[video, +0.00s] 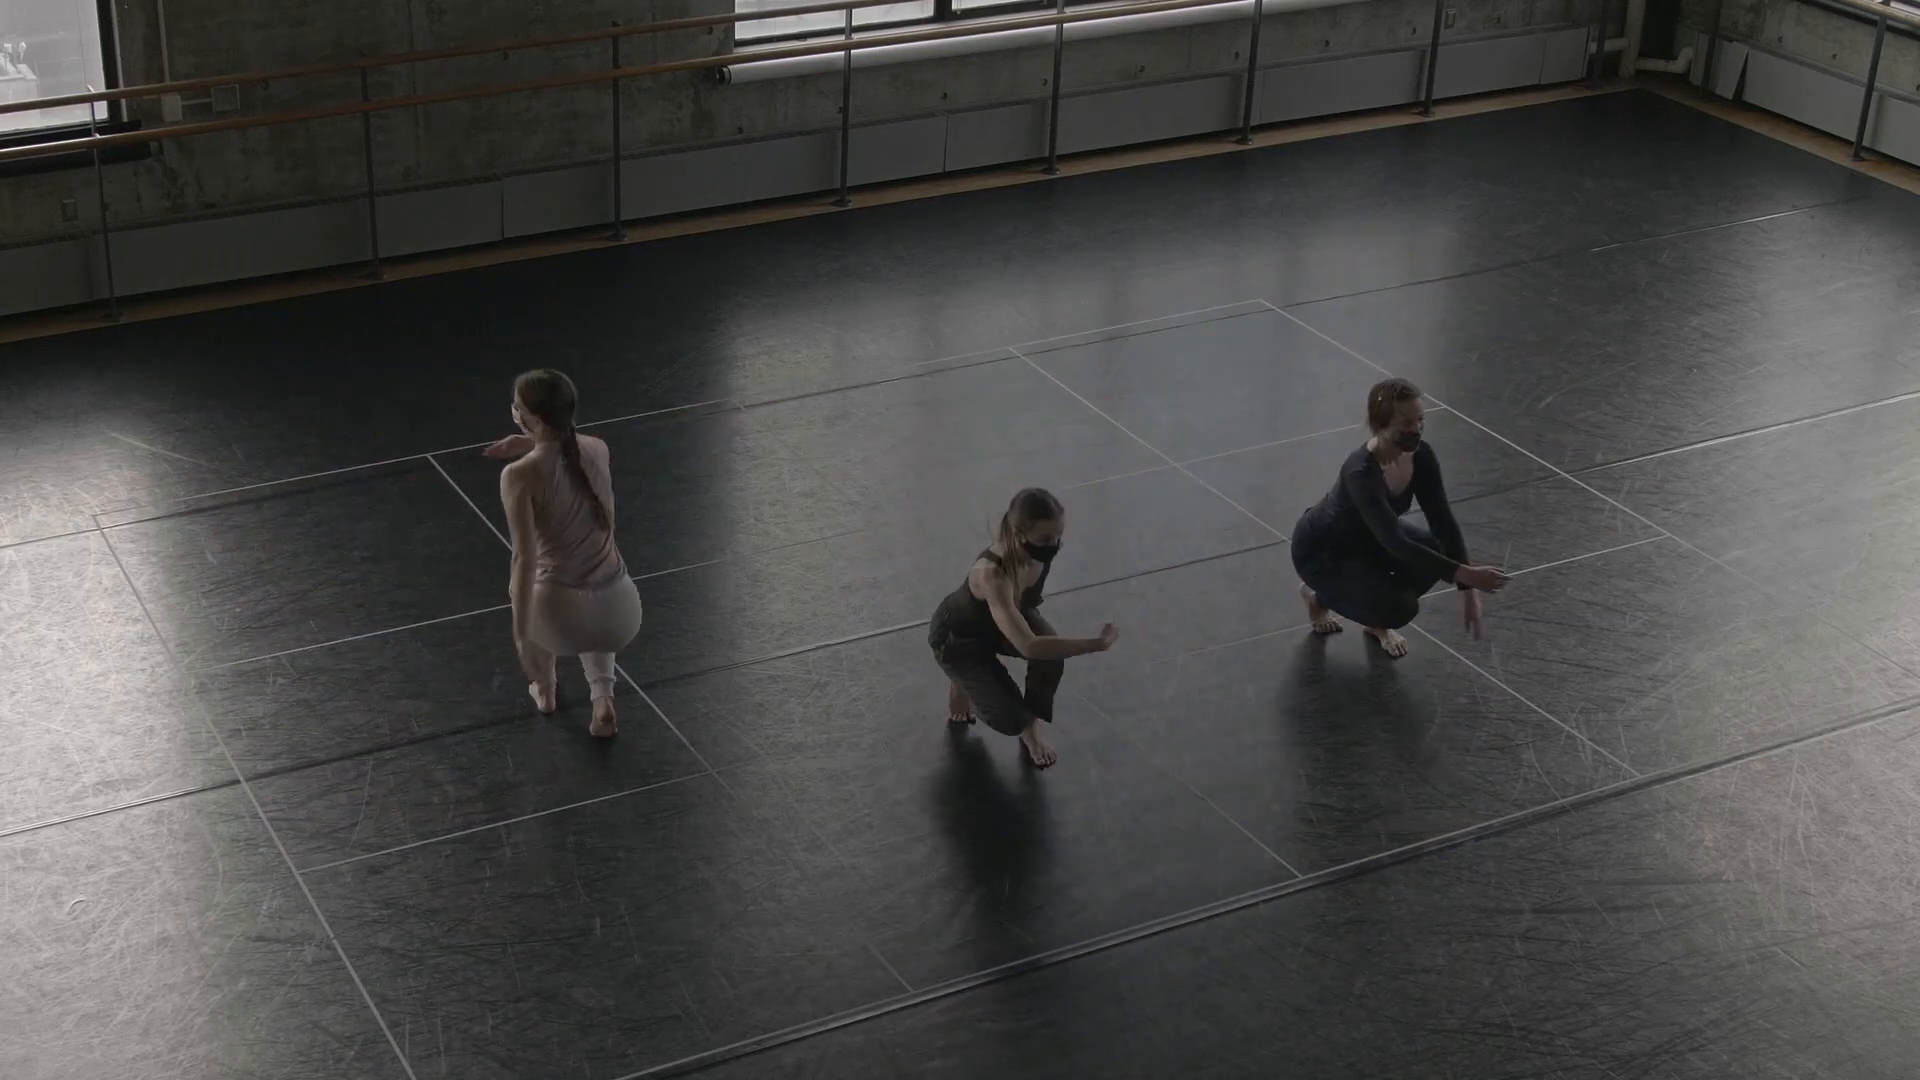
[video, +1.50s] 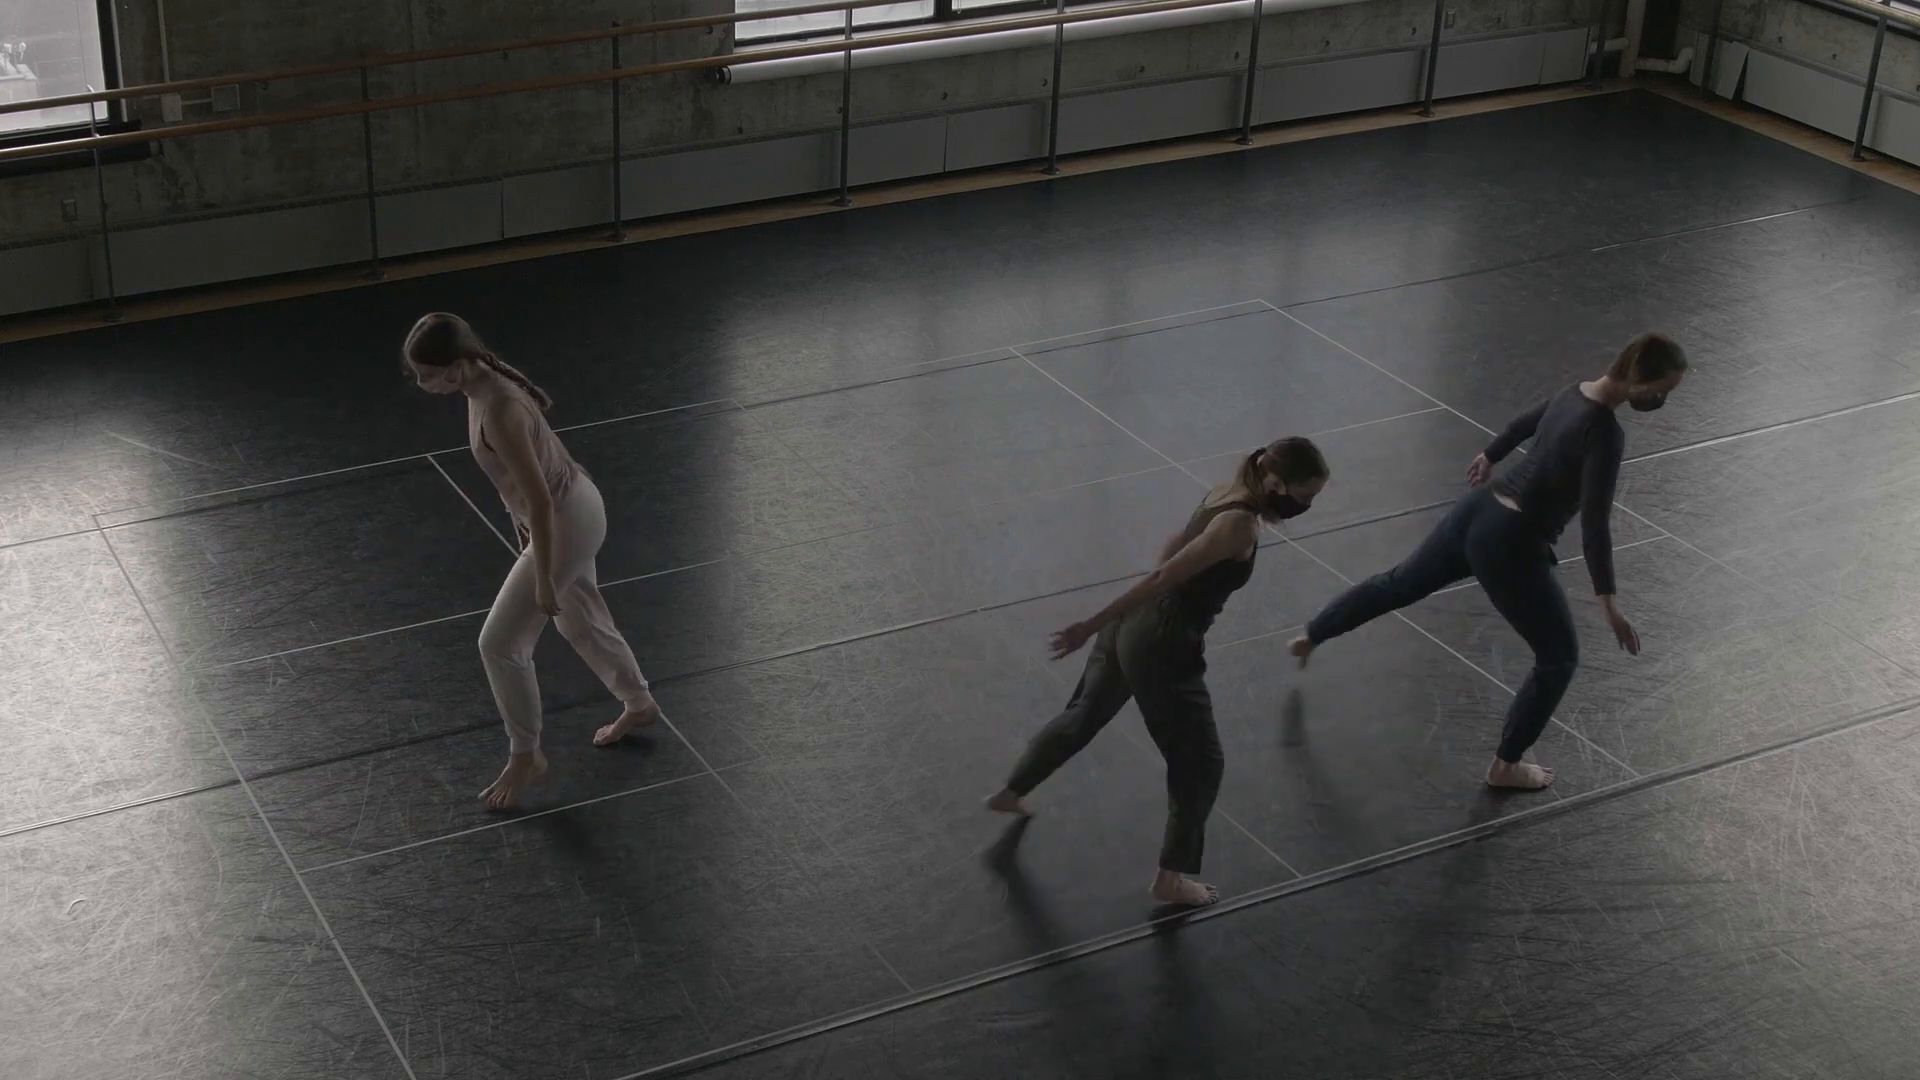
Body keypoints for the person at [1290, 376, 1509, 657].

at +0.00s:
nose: (1416, 431)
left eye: (1420, 421)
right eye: (1405, 425)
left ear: (1424, 418)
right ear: (1380, 425)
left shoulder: (1419, 457)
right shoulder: (1360, 472)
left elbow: (1443, 522)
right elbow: (1396, 543)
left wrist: (1467, 589)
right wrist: (1463, 574)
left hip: (1364, 536)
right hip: (1320, 553)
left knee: (1433, 552)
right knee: (1401, 608)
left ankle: (1376, 619)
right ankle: (1317, 599)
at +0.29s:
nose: (1452, 358)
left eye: (1455, 349)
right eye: (1443, 351)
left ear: (1458, 344)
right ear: (1415, 348)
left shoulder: (1455, 380)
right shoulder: (1385, 390)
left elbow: (1501, 419)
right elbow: (1405, 455)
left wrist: (1557, 455)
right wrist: (1446, 511)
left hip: (1394, 476)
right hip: (1344, 482)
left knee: (1431, 557)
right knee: (1392, 585)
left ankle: (1382, 619)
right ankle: (1317, 589)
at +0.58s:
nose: (1486, 294)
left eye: (1491, 285)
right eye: (1478, 285)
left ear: (1492, 283)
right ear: (1450, 281)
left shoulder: (1493, 321)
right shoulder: (1413, 320)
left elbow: (1554, 351)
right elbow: (1359, 371)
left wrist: (1625, 381)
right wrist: (1308, 422)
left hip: (1430, 438)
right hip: (1374, 429)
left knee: (1426, 540)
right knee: (1359, 520)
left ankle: (1389, 607)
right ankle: (1318, 587)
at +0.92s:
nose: (1533, 365)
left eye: (1539, 357)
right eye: (1526, 356)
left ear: (1541, 353)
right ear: (1498, 348)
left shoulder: (1528, 394)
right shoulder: (1453, 385)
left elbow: (1489, 445)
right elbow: (1380, 421)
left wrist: (1469, 482)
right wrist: (1307, 453)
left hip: (1472, 497)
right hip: (1417, 489)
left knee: (1515, 597)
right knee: (1363, 549)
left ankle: (1472, 697)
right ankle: (1313, 585)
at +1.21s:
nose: (1618, 382)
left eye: (1623, 374)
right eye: (1614, 373)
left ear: (1592, 357)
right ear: (1592, 358)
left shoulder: (1566, 389)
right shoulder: (1537, 403)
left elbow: (1494, 422)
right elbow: (1518, 492)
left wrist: (1448, 462)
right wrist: (1513, 576)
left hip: (1506, 503)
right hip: (1462, 507)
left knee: (1525, 608)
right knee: (1481, 631)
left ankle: (1473, 699)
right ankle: (1394, 697)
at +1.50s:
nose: (1663, 401)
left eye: (1668, 393)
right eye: (1663, 391)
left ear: (1630, 368)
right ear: (1643, 379)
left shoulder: (1576, 393)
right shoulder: (1605, 432)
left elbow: (1524, 425)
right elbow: (1595, 521)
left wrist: (1490, 454)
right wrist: (1610, 602)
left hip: (1477, 510)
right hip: (1510, 543)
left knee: (1401, 582)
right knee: (1559, 658)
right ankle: (1507, 764)